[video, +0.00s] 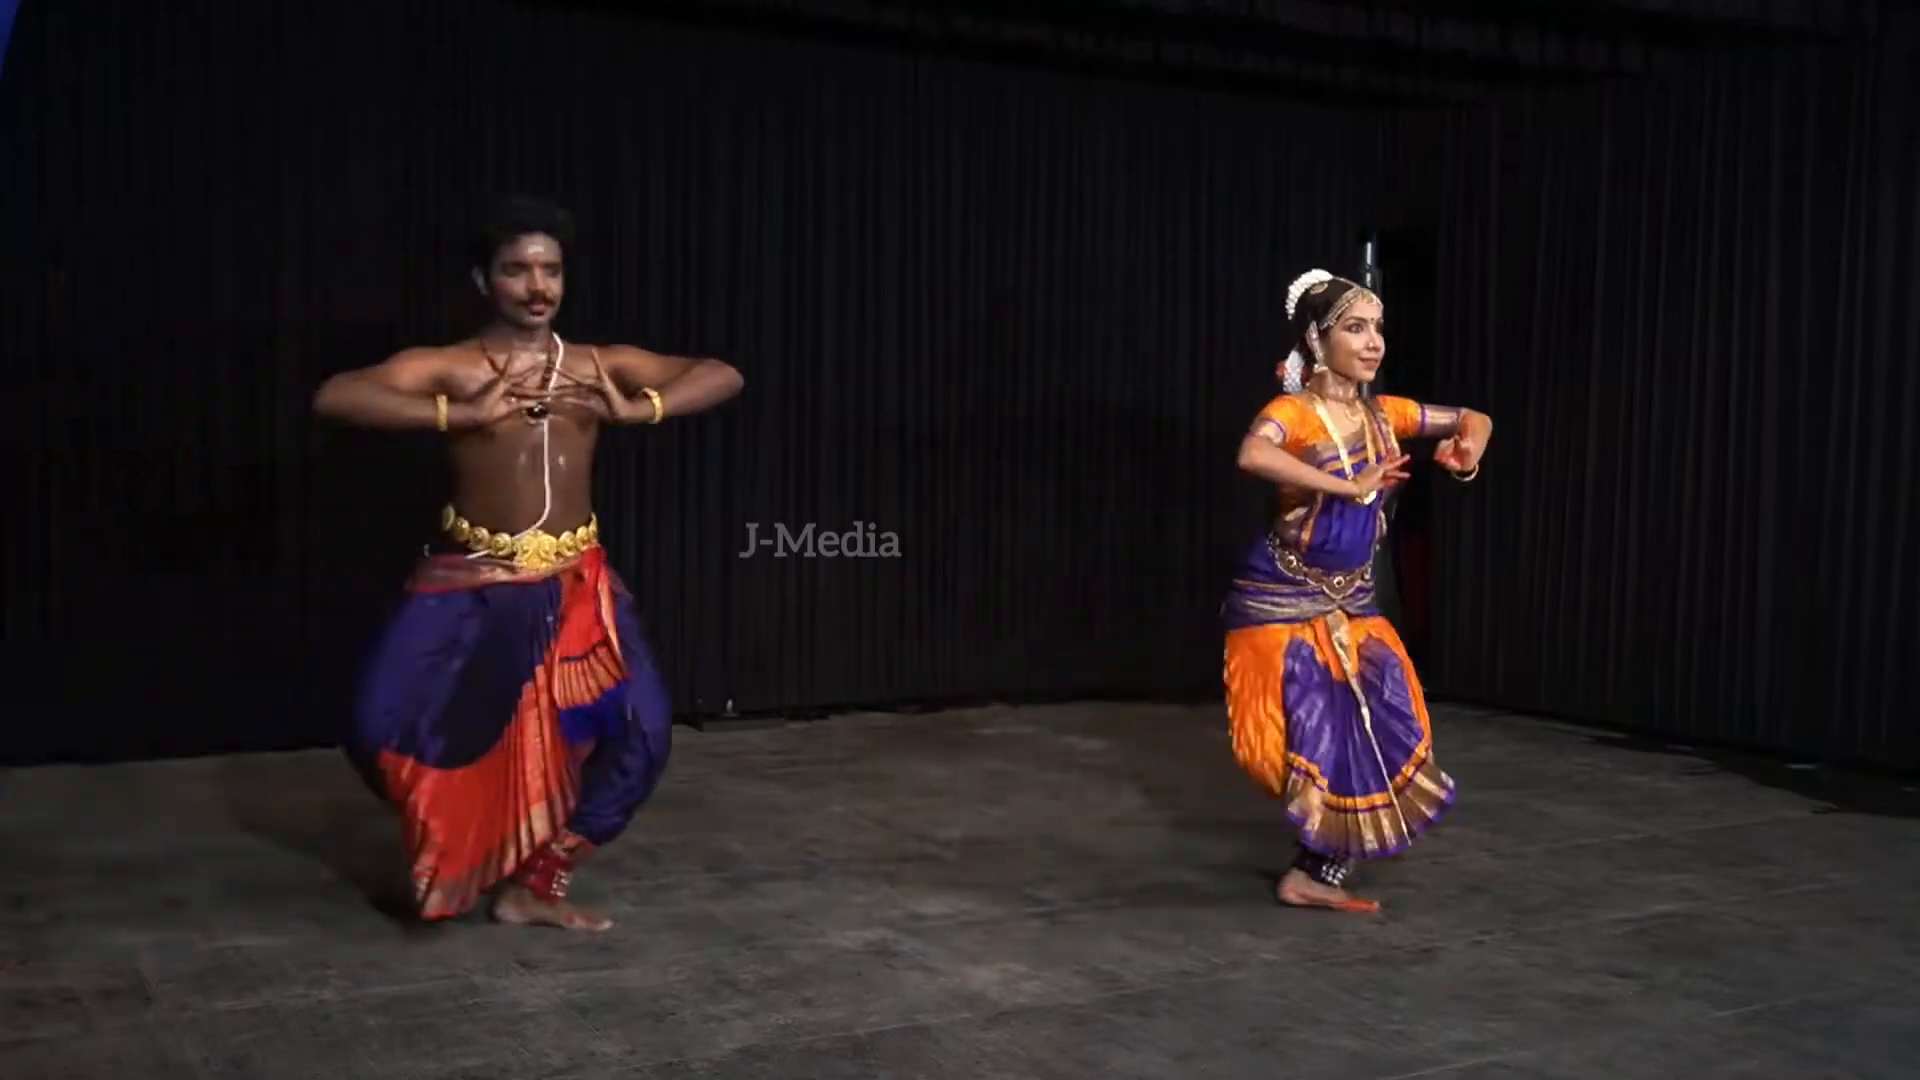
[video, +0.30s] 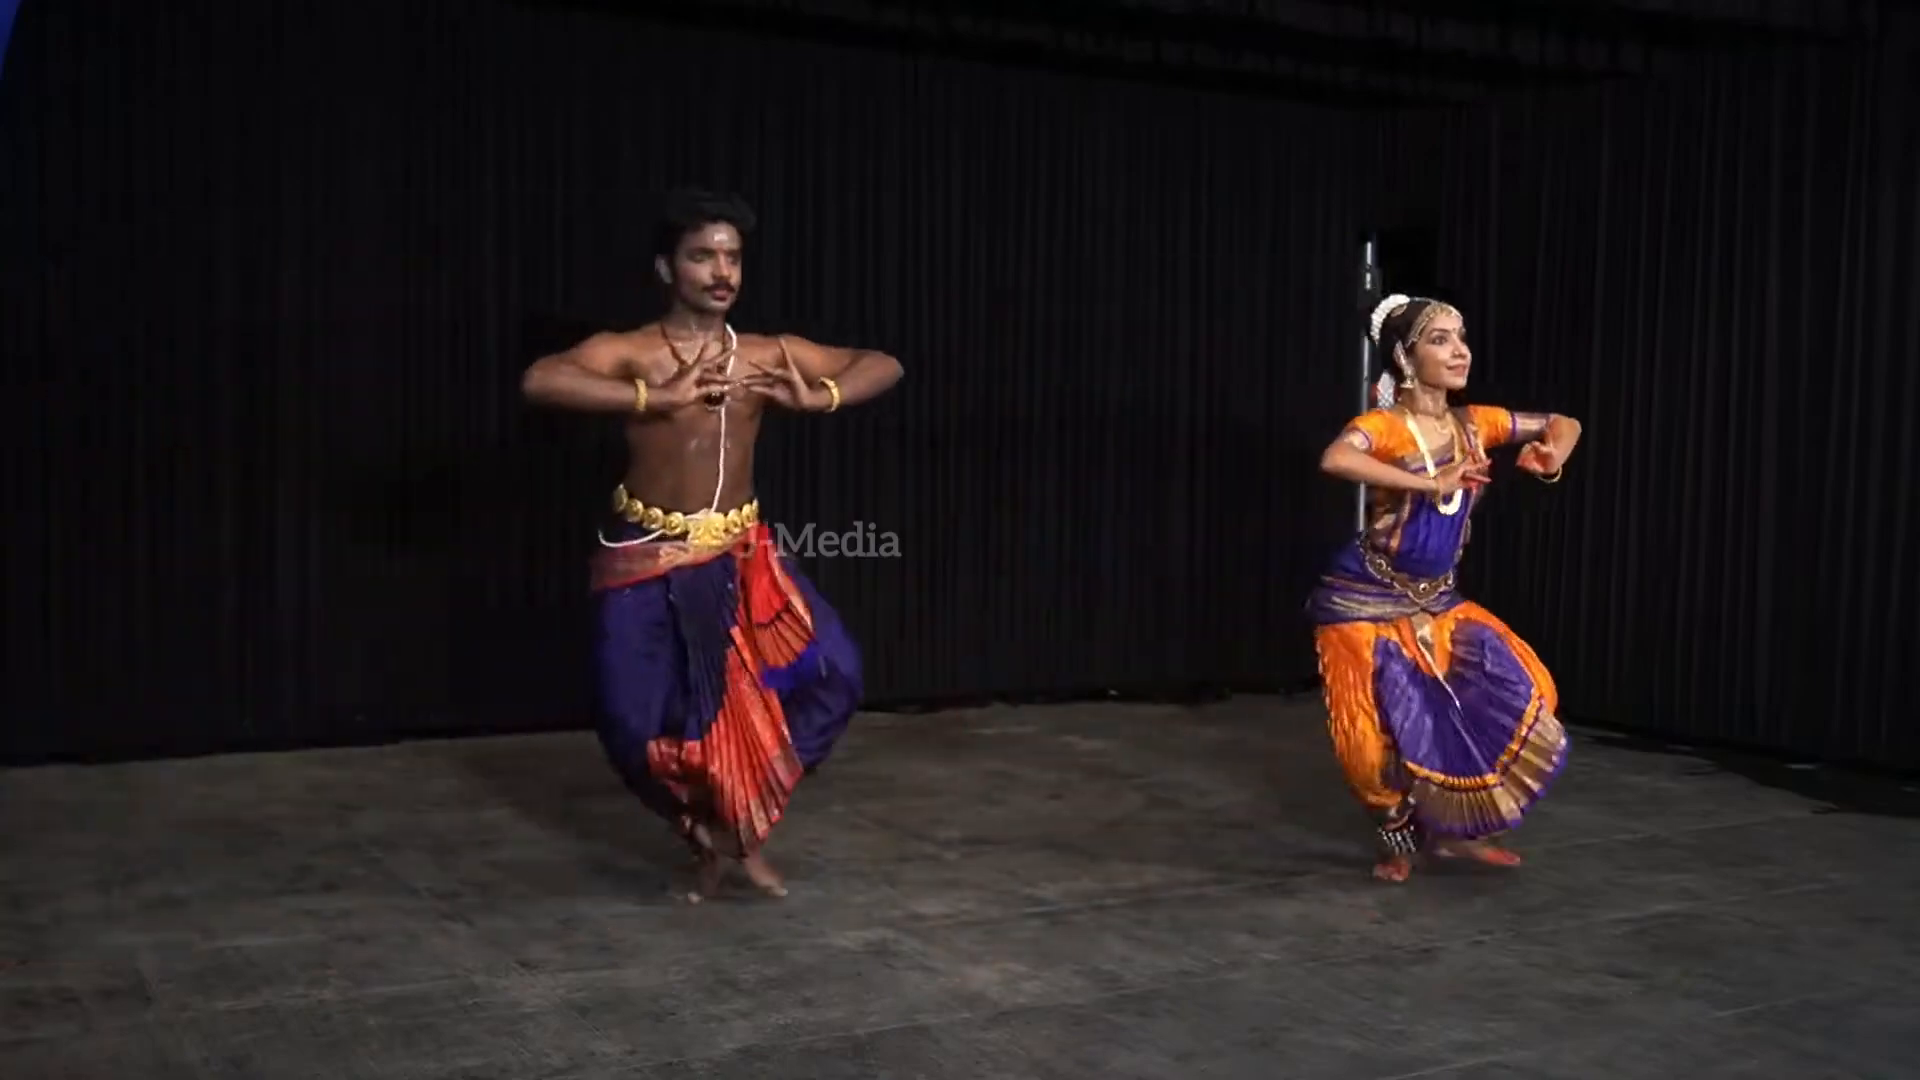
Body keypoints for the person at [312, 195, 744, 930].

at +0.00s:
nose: (538, 286)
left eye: (551, 270)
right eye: (518, 271)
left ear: (565, 280)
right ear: (486, 281)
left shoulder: (598, 365)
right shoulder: (455, 366)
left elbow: (725, 377)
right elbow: (336, 398)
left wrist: (644, 408)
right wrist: (460, 414)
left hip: (575, 582)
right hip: (474, 584)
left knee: (638, 729)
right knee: (380, 721)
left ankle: (533, 888)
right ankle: (448, 850)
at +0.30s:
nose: (723, 272)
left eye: (733, 258)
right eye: (705, 258)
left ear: (743, 268)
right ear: (668, 268)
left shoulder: (767, 353)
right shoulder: (632, 350)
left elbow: (885, 366)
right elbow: (540, 381)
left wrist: (824, 397)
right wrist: (652, 398)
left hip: (741, 555)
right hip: (648, 560)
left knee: (832, 674)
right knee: (633, 725)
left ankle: (746, 832)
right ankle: (704, 841)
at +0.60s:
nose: (893, 336)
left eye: (903, 323)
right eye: (877, 320)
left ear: (910, 328)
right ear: (839, 321)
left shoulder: (915, 408)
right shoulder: (789, 395)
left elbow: (1017, 458)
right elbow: (686, 438)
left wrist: (997, 420)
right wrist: (773, 392)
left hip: (880, 584)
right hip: (794, 584)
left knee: (984, 680)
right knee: (767, 734)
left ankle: (904, 817)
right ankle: (793, 853)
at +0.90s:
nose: (1112, 352)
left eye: (1119, 341)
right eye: (1100, 337)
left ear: (1117, 350)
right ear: (1059, 338)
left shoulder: (1114, 431)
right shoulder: (1005, 400)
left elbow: (1212, 460)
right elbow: (906, 425)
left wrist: (1295, 435)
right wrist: (814, 405)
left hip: (1065, 592)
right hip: (984, 581)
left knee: (1155, 677)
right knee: (891, 690)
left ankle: (1206, 808)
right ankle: (823, 841)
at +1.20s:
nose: (1275, 392)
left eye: (1276, 381)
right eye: (1270, 378)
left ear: (1245, 379)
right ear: (1238, 374)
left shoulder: (1255, 451)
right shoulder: (1166, 410)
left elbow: (1341, 445)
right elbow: (1081, 419)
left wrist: (1422, 441)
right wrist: (986, 421)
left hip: (1191, 595)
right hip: (1121, 587)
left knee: (1278, 684)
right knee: (1103, 722)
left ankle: (1229, 811)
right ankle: (1146, 795)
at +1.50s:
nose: (1288, 396)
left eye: (1289, 385)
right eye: (1286, 382)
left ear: (1261, 383)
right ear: (1255, 377)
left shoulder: (1265, 452)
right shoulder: (1184, 410)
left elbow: (1354, 444)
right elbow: (1102, 423)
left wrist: (1435, 423)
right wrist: (1021, 403)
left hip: (1197, 591)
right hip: (1134, 583)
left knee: (1294, 673)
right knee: (1158, 732)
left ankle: (1229, 799)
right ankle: (1221, 788)